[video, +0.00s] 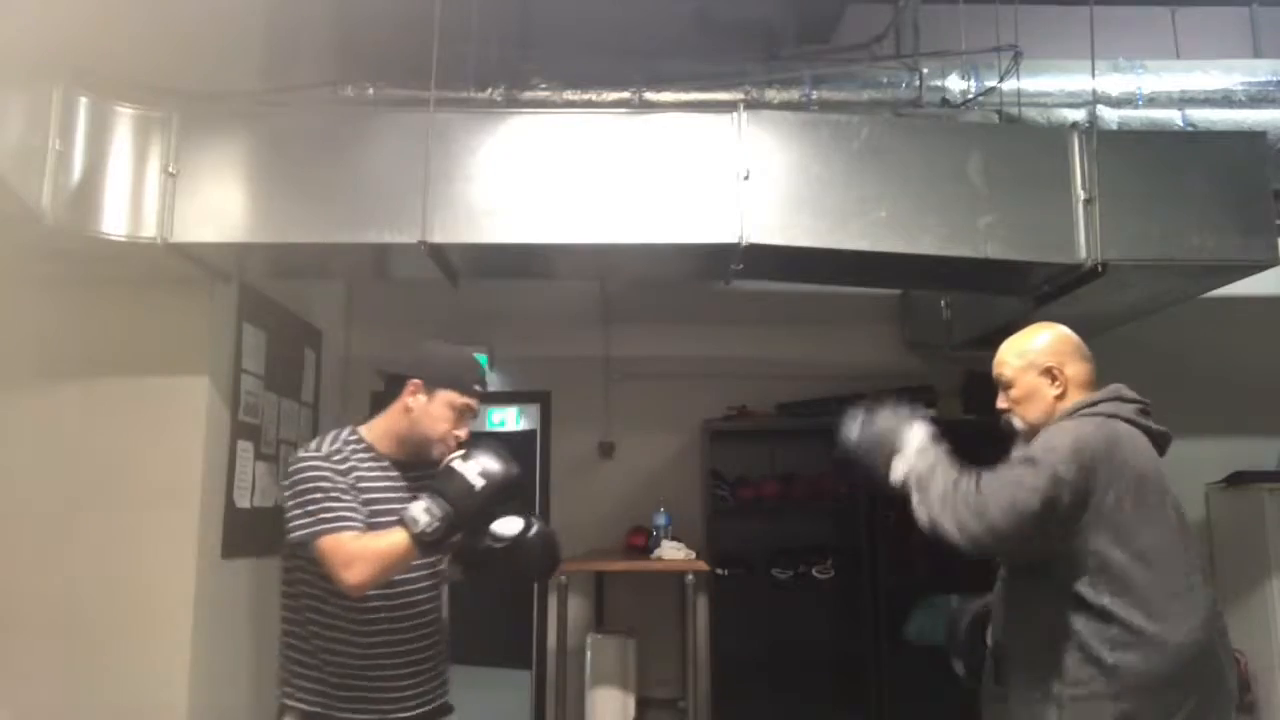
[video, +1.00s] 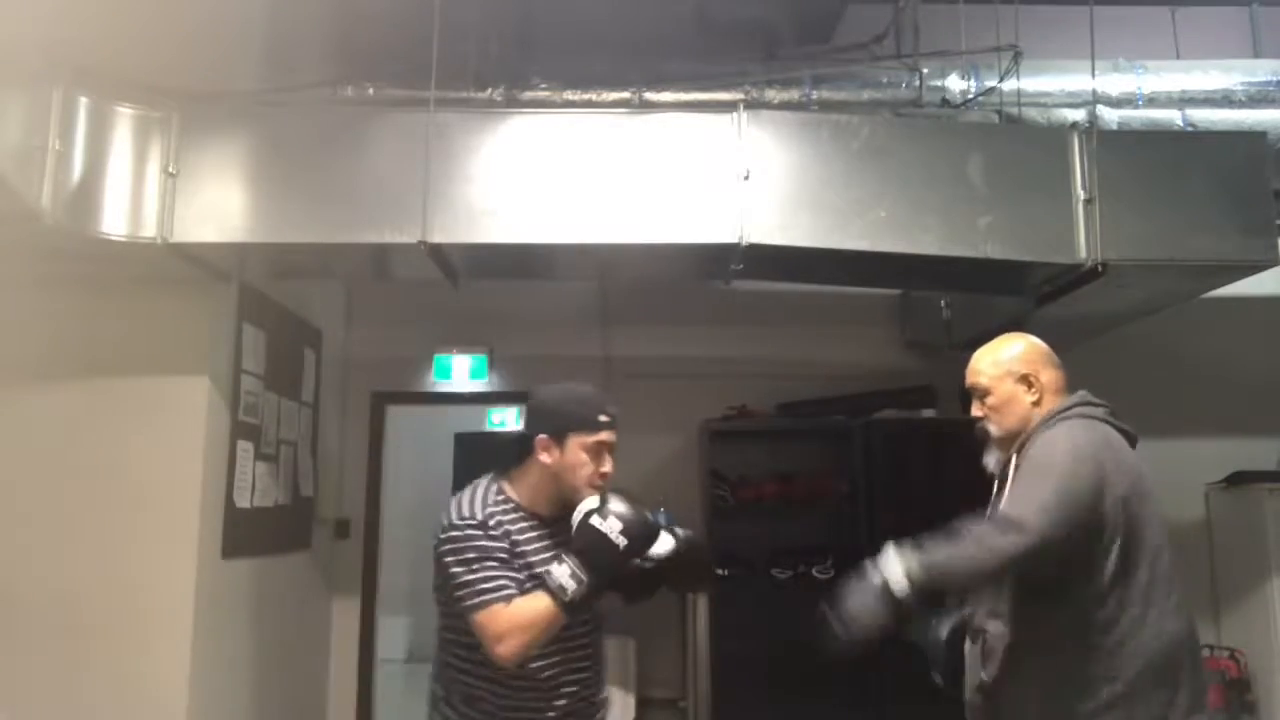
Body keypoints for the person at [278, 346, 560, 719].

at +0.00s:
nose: (465, 434)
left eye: (470, 421)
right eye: (460, 413)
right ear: (413, 395)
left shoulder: (428, 473)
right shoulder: (321, 464)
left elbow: (444, 560)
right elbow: (352, 570)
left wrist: (499, 556)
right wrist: (441, 507)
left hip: (425, 704)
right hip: (333, 709)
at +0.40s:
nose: (459, 435)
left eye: (461, 421)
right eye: (446, 417)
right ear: (395, 418)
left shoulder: (434, 487)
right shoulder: (328, 492)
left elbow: (443, 597)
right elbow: (377, 605)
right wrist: (472, 554)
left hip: (425, 707)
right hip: (331, 710)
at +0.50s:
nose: (486, 435)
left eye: (486, 420)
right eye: (470, 417)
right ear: (419, 422)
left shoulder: (462, 493)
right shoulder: (354, 498)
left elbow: (470, 590)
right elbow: (413, 609)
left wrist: (509, 621)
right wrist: (491, 540)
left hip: (454, 707)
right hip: (365, 711)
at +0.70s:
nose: (572, 446)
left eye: (573, 432)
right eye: (557, 431)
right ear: (506, 437)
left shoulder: (568, 497)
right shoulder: (450, 507)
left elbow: (672, 471)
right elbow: (484, 606)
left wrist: (744, 444)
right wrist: (558, 527)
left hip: (549, 705)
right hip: (460, 708)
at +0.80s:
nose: (602, 458)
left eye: (604, 442)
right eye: (587, 441)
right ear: (537, 442)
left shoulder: (601, 490)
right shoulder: (474, 515)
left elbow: (678, 497)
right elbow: (507, 630)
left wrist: (725, 479)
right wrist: (587, 554)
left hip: (596, 706)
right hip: (497, 710)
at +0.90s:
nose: (616, 462)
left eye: (618, 446)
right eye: (603, 446)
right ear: (553, 445)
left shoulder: (592, 504)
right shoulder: (479, 519)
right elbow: (508, 644)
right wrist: (587, 570)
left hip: (605, 705)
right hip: (505, 710)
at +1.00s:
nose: (608, 468)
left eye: (610, 453)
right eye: (594, 452)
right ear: (546, 449)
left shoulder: (578, 510)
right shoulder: (471, 521)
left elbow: (627, 585)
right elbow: (505, 643)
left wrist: (664, 564)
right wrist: (584, 565)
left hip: (582, 707)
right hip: (491, 710)